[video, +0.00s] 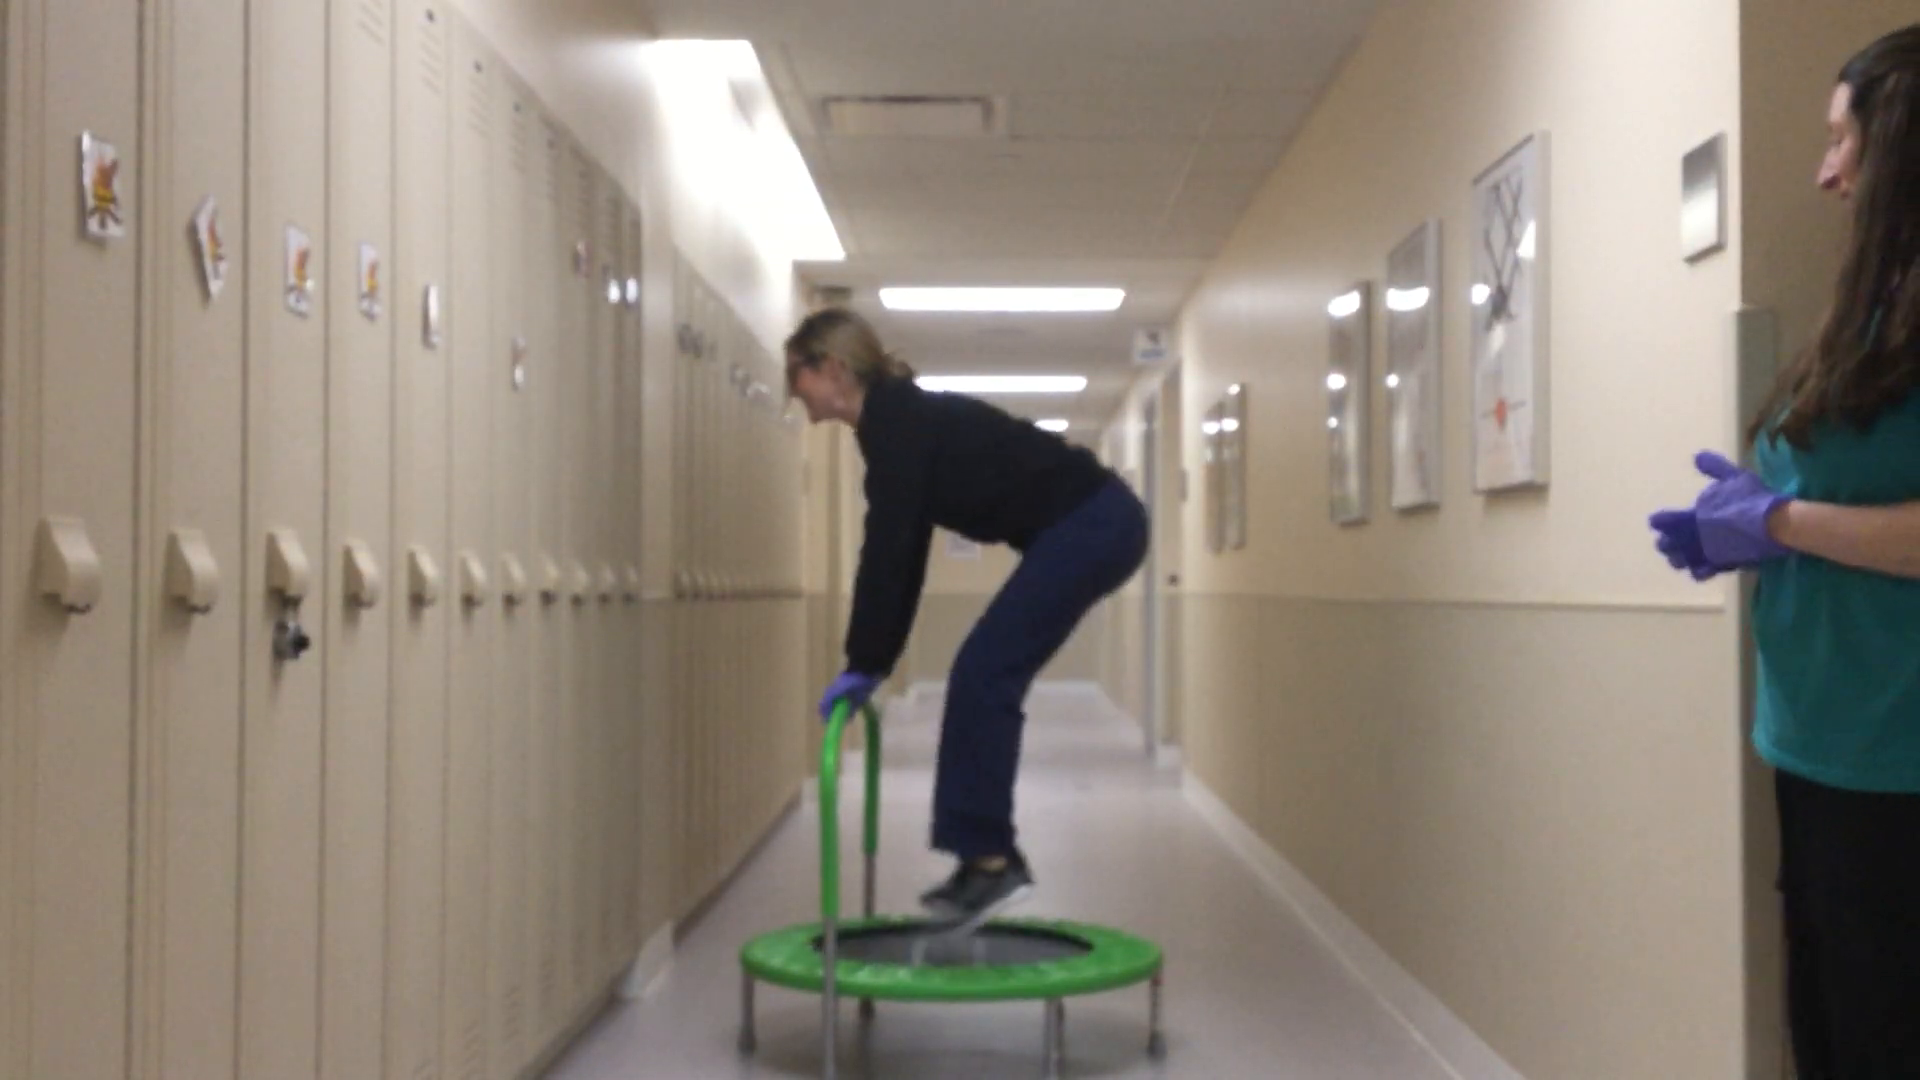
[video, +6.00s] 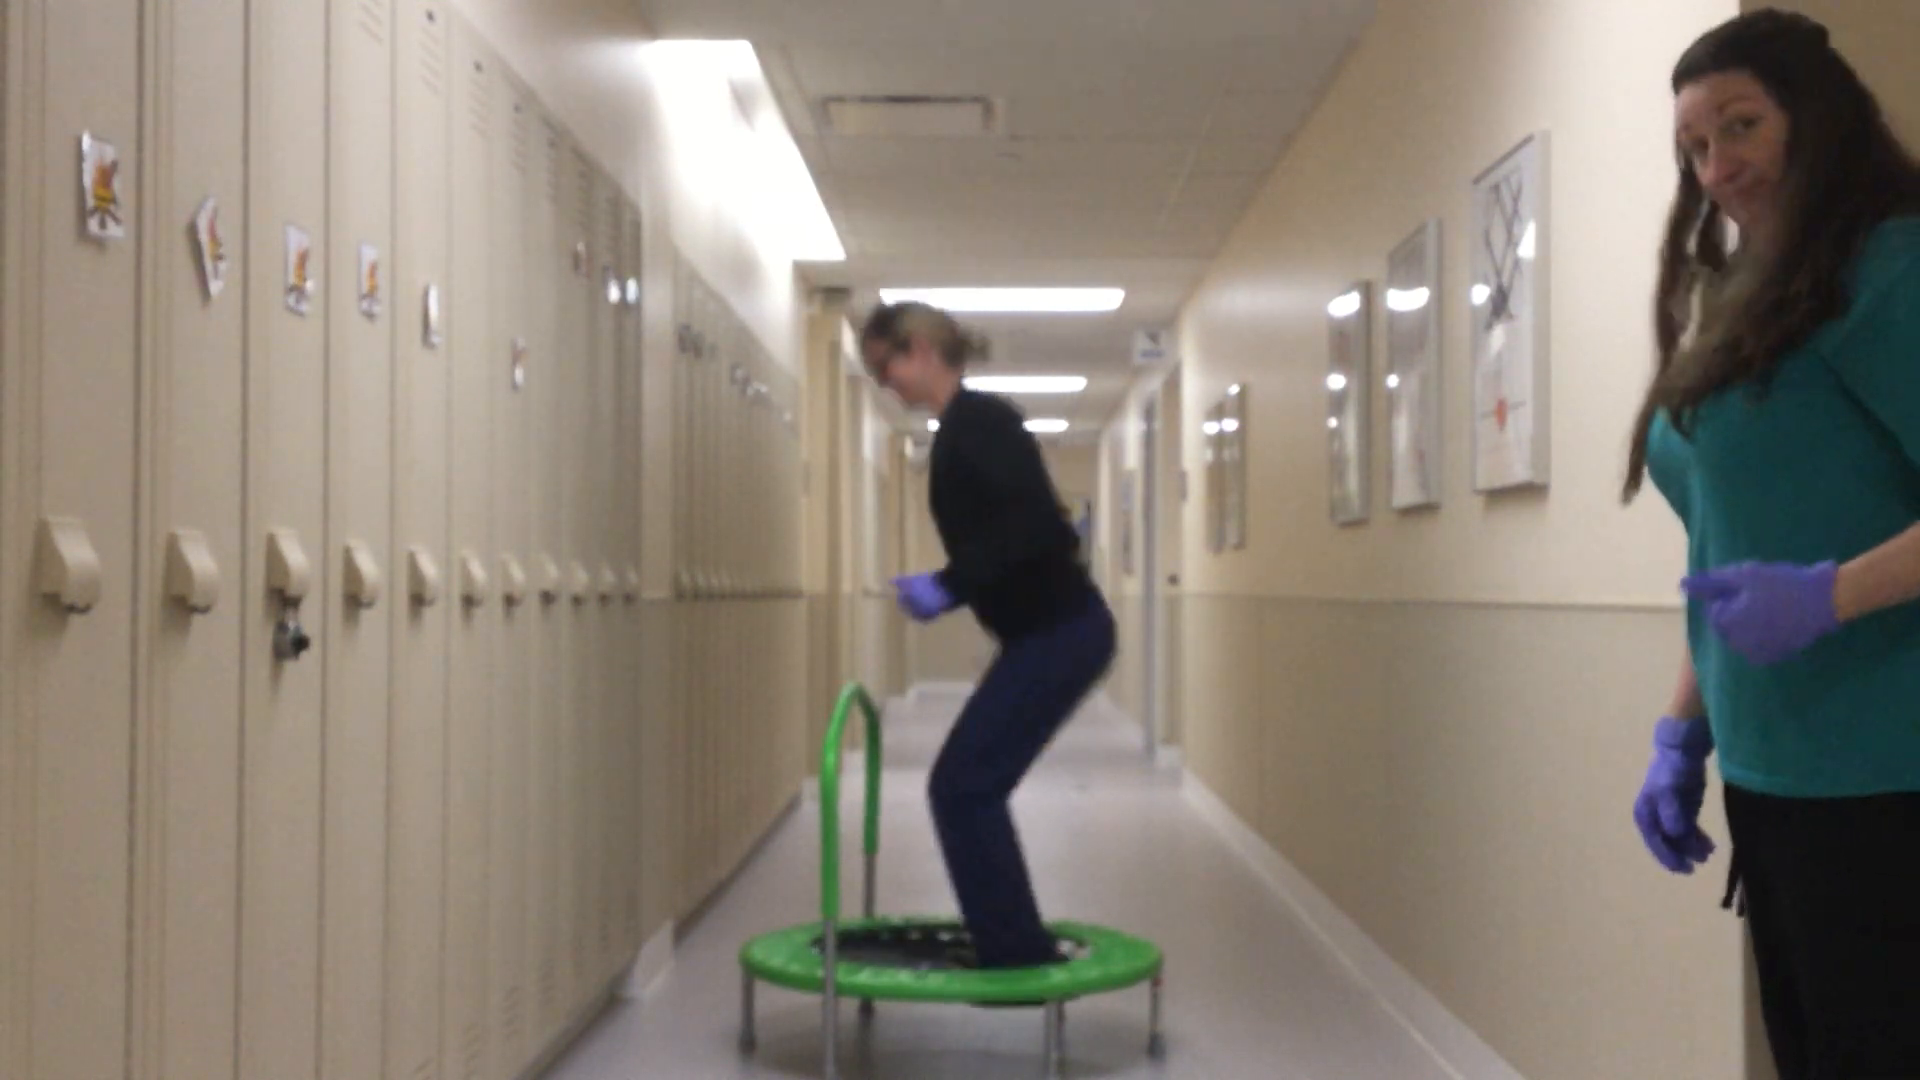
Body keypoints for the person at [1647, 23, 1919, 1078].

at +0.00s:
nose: (1826, 172)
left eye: (1843, 140)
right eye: (1829, 141)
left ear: (1900, 146)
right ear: (1879, 149)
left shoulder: (1907, 317)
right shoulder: (1866, 314)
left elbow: (1914, 534)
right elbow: (1833, 478)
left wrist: (1780, 522)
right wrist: (1752, 503)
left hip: (1887, 750)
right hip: (1814, 736)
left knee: (1878, 1032)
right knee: (1826, 1025)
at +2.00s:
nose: (1891, 149)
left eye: (1912, 126)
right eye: (1874, 126)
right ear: (1848, 145)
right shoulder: (1848, 297)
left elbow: (1915, 524)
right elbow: (1814, 469)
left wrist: (1800, 522)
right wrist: (1756, 505)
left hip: (1899, 740)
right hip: (1824, 731)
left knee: (1898, 1028)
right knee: (1858, 1025)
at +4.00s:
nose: (1804, 180)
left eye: (1817, 152)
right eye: (1805, 153)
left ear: (1876, 155)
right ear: (1878, 162)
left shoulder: (1901, 316)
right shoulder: (1850, 311)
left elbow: (1910, 529)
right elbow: (1810, 468)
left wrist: (1784, 524)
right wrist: (1754, 508)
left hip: (1889, 751)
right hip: (1818, 742)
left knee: (1889, 1036)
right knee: (1852, 1032)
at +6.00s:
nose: (1717, 163)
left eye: (1739, 123)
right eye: (1695, 146)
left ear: (1812, 114)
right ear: (1686, 166)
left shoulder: (1887, 271)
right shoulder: (1726, 305)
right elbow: (1726, 547)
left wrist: (1831, 593)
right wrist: (1681, 732)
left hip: (1883, 780)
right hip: (1771, 784)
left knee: (1876, 1049)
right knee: (1806, 1049)